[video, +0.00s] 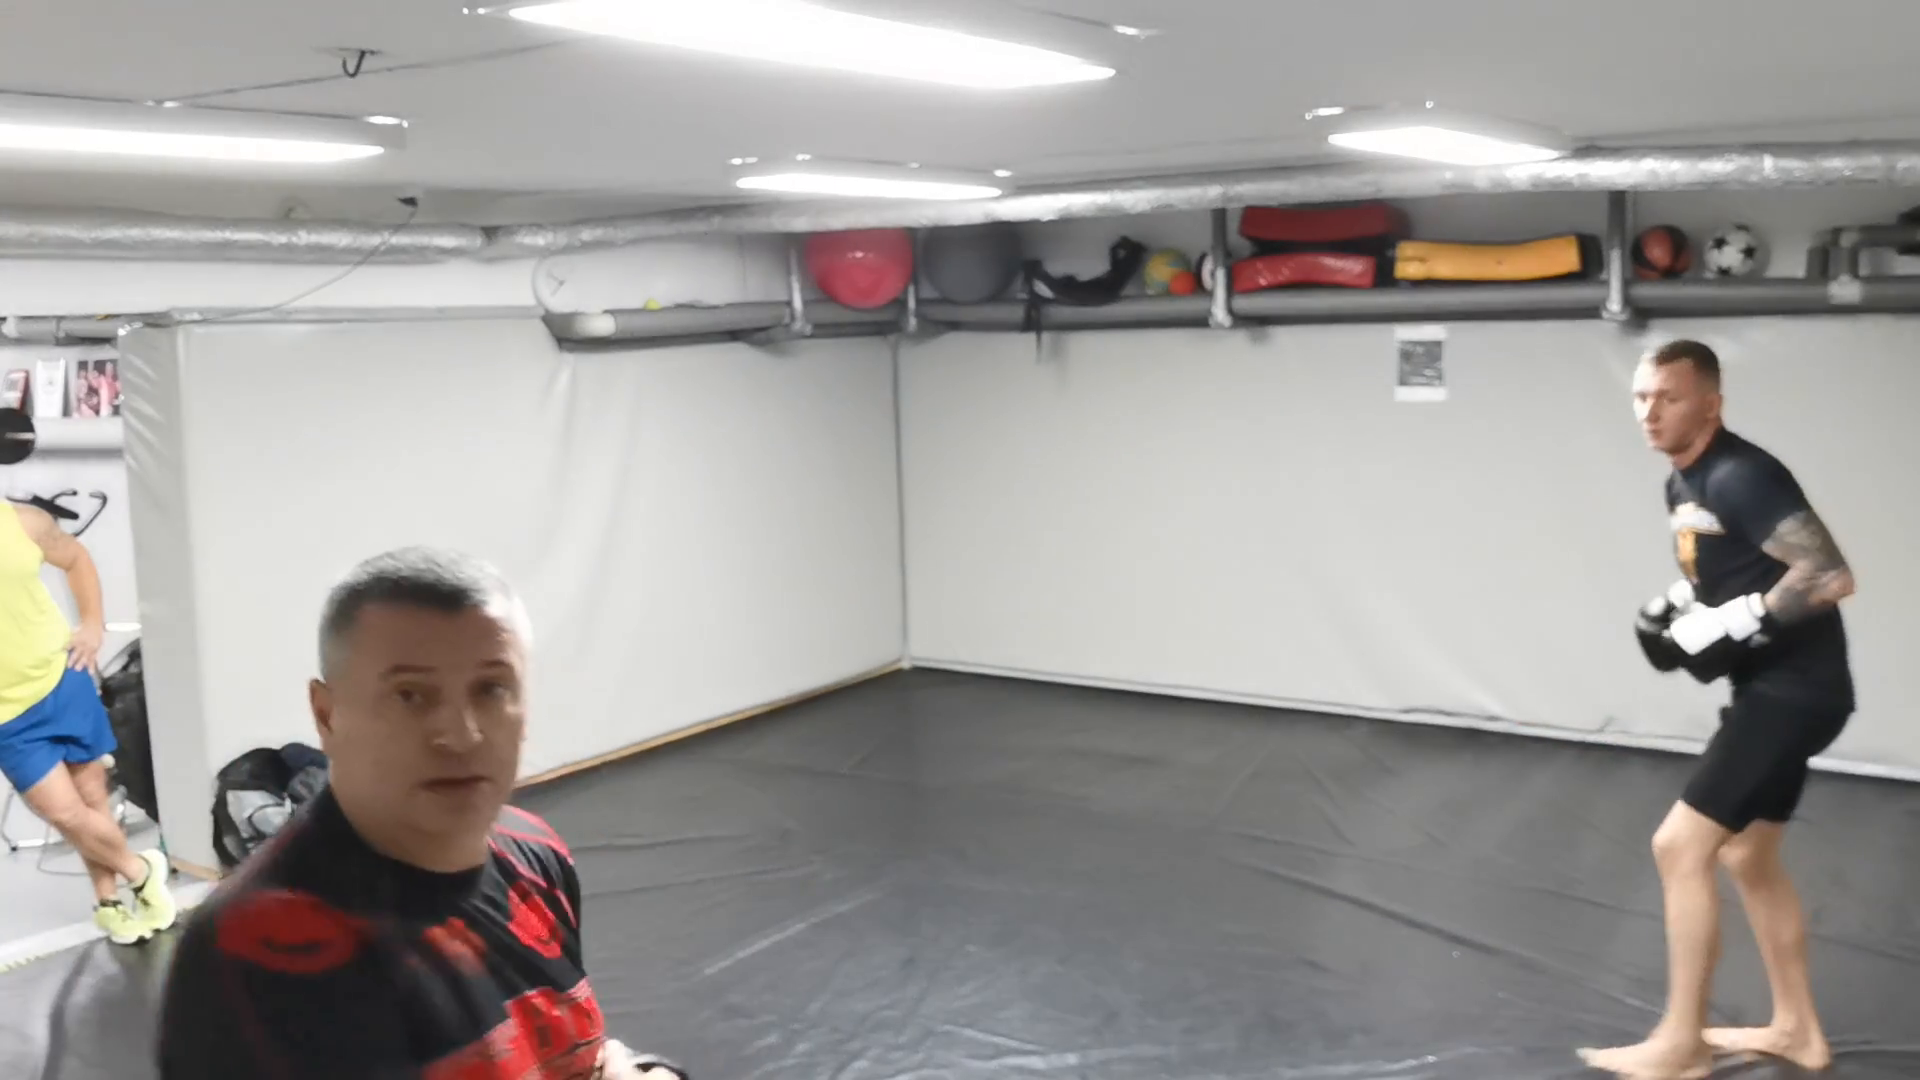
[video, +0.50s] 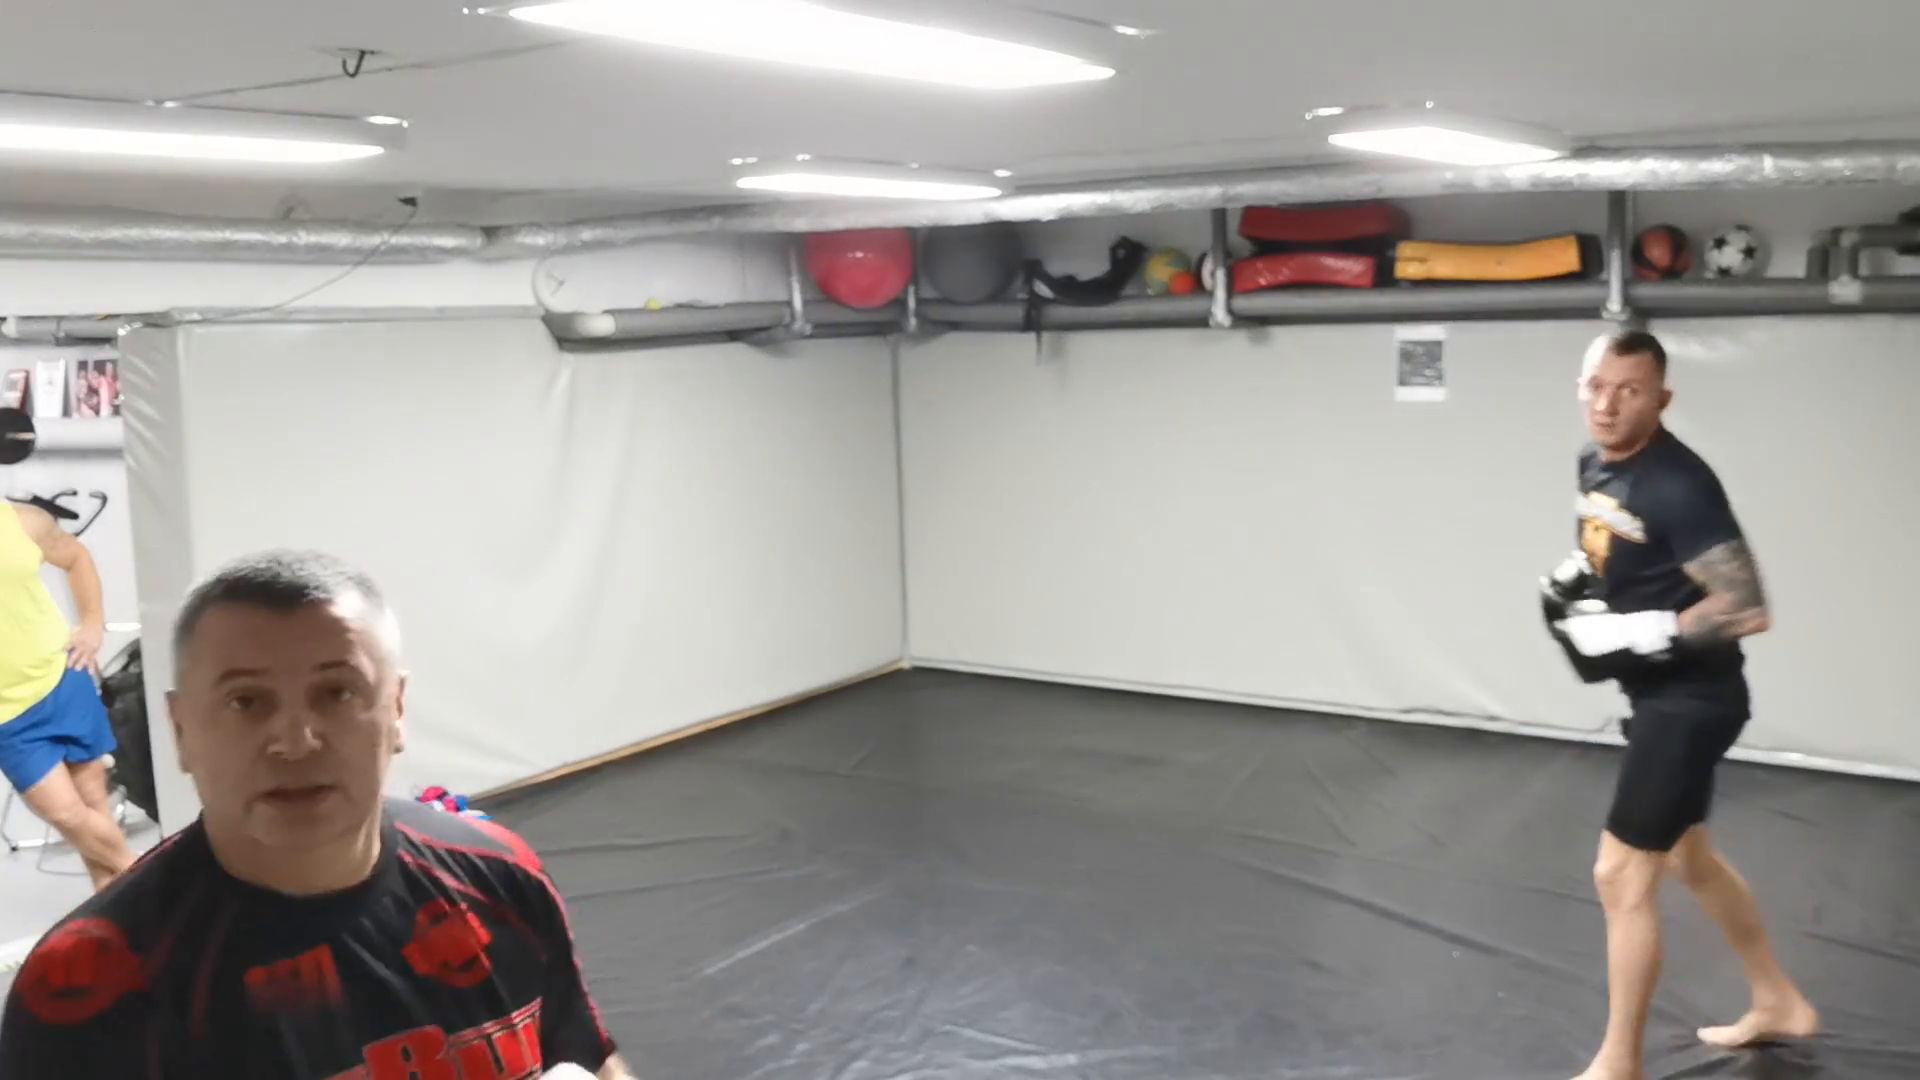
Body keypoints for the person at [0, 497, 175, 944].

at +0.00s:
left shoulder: (20, 521)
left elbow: (76, 558)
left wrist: (92, 623)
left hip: (62, 682)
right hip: (8, 715)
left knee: (92, 797)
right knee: (65, 815)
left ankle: (108, 901)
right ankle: (142, 872)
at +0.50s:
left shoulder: (23, 522)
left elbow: (76, 557)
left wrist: (92, 623)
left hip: (64, 683)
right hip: (10, 717)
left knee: (93, 803)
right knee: (65, 816)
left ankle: (113, 909)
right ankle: (147, 880)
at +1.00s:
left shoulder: (19, 521)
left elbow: (76, 558)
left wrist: (92, 623)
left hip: (62, 682)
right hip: (8, 715)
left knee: (92, 797)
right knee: (64, 815)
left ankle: (107, 901)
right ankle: (142, 872)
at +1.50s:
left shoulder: (22, 523)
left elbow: (76, 558)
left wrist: (92, 623)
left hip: (63, 683)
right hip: (9, 716)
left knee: (92, 798)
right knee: (64, 816)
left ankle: (107, 901)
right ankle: (142, 872)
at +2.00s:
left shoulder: (20, 522)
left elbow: (76, 557)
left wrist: (92, 623)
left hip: (62, 683)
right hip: (7, 715)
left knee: (91, 798)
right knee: (65, 816)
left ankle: (107, 901)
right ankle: (142, 872)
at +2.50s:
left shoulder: (21, 522)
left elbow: (76, 558)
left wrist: (93, 623)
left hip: (62, 682)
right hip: (7, 715)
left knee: (91, 797)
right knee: (65, 816)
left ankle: (107, 901)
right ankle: (142, 872)